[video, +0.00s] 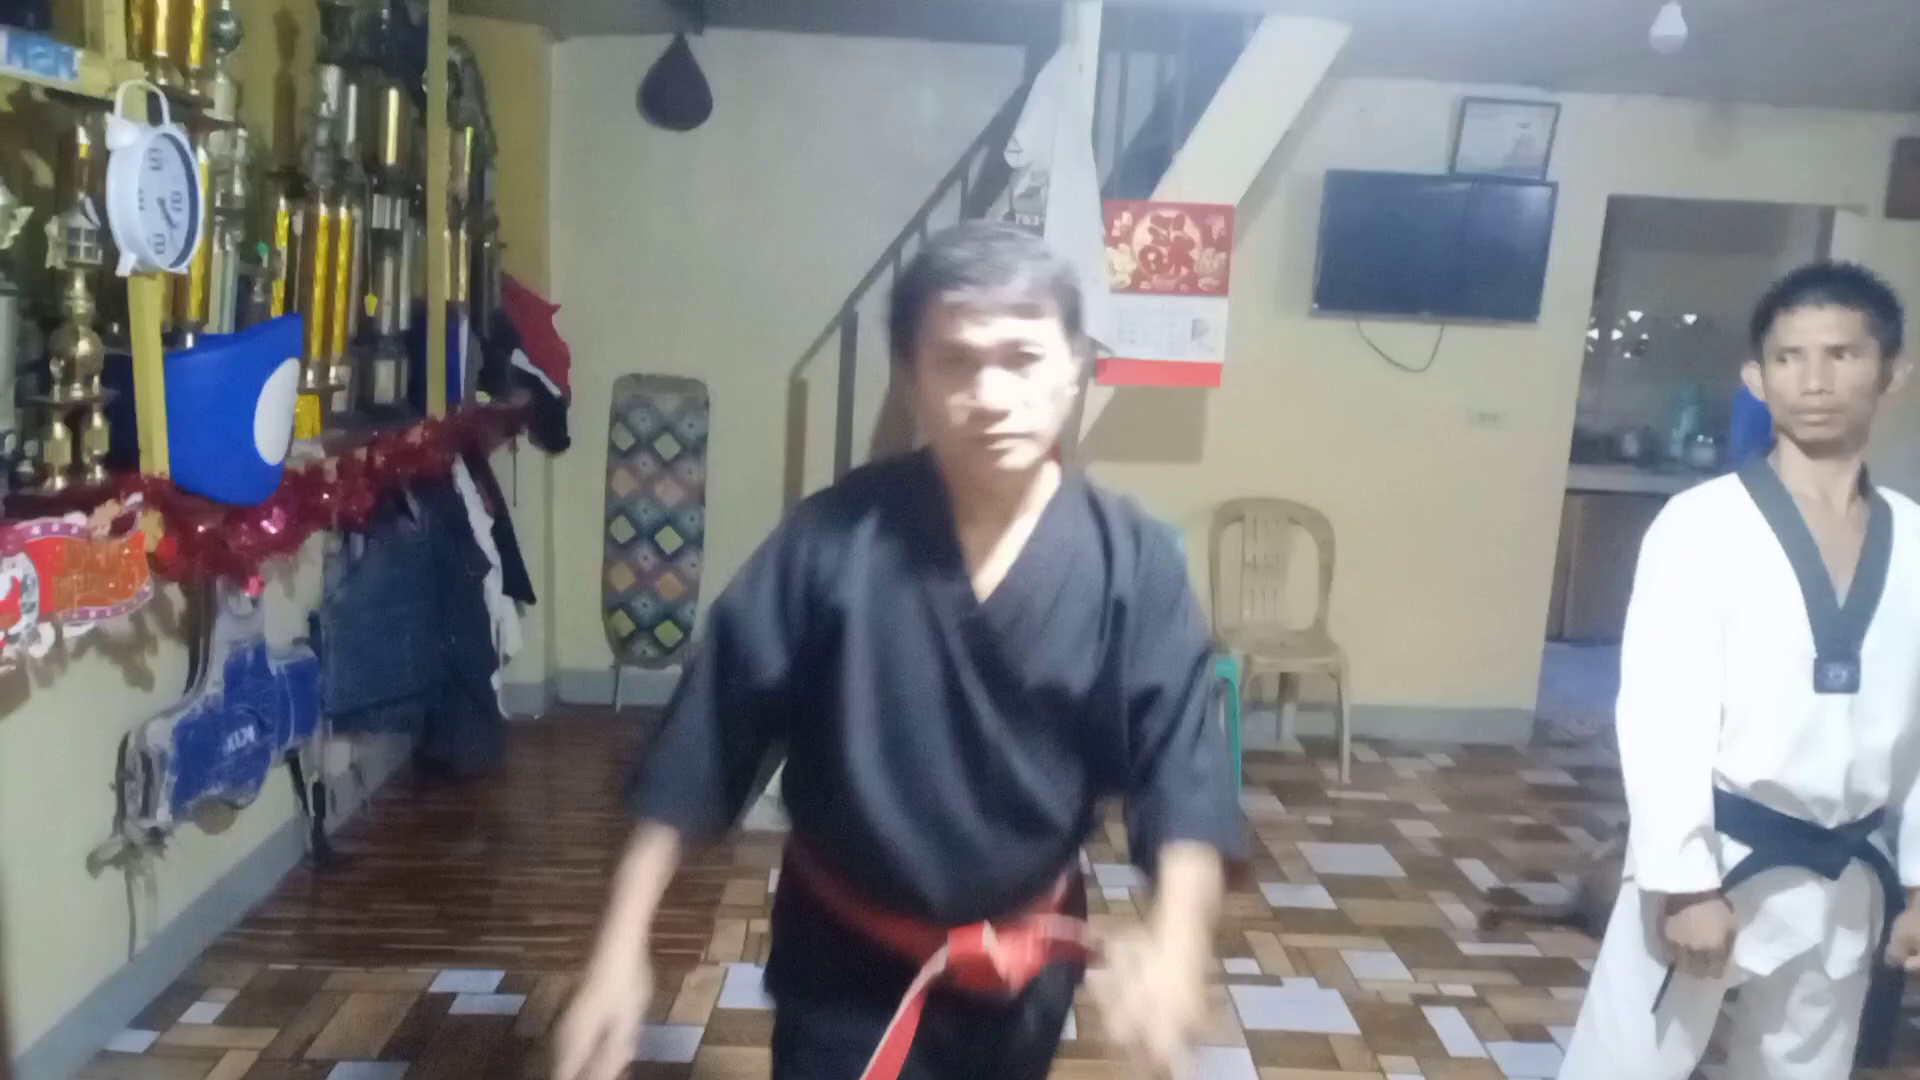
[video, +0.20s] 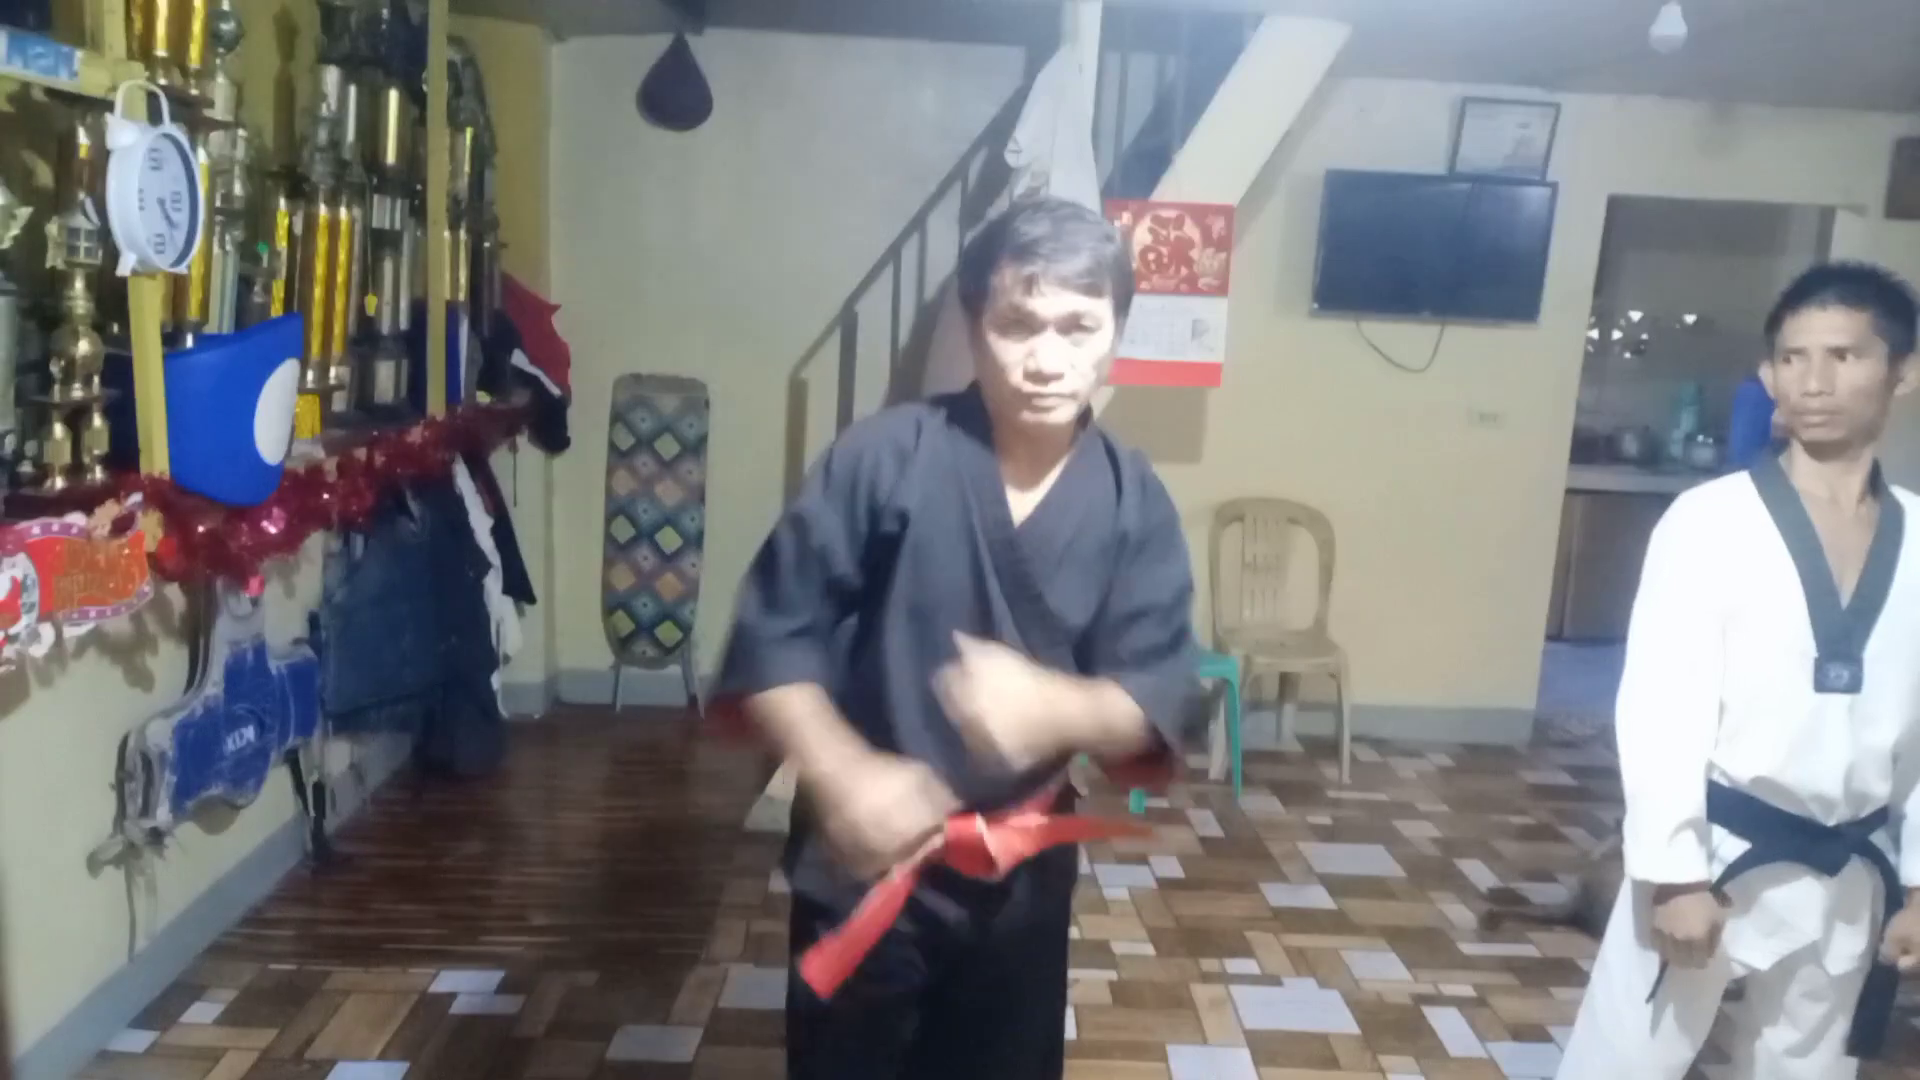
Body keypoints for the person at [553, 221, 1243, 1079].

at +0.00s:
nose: (990, 396)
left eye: (1022, 359)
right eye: (957, 362)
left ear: (1077, 375)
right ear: (909, 379)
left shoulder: (1134, 562)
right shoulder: (829, 543)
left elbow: (1187, 759)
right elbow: (703, 734)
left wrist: (1178, 947)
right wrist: (619, 947)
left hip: (1022, 957)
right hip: (847, 950)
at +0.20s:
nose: (1045, 359)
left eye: (1076, 329)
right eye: (1018, 327)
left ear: (1113, 339)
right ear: (974, 327)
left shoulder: (1133, 498)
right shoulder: (882, 457)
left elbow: (1162, 695)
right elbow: (769, 640)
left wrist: (1056, 707)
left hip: (1022, 881)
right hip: (866, 872)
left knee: (1011, 1068)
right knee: (851, 1067)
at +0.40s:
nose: (996, 340)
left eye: (1026, 311)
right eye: (972, 309)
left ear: (1063, 321)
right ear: (932, 312)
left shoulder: (1082, 466)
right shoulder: (860, 434)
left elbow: (1063, 639)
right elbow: (873, 640)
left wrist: (919, 530)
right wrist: (1067, 665)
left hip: (997, 807)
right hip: (844, 801)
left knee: (987, 1064)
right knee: (765, 1058)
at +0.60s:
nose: (879, 338)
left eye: (904, 310)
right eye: (853, 311)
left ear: (943, 319)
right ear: (816, 320)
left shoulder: (981, 454)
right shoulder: (748, 445)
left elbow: (1022, 646)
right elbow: (709, 625)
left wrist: (938, 598)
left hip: (928, 796)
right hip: (773, 789)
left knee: (935, 1055)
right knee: (742, 1044)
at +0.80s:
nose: (828, 325)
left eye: (851, 298)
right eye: (802, 300)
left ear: (889, 304)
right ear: (767, 308)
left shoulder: (936, 438)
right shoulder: (714, 430)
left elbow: (993, 587)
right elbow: (661, 591)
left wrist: (990, 684)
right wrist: (671, 720)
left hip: (904, 756)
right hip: (749, 754)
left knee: (921, 1019)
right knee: (720, 1020)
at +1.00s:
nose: (850, 326)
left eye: (873, 301)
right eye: (827, 302)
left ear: (910, 307)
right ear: (792, 310)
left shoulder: (958, 437)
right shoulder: (742, 432)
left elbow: (1010, 578)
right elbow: (702, 587)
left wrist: (997, 674)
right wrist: (717, 705)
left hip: (925, 747)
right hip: (777, 744)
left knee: (934, 1003)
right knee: (740, 1003)